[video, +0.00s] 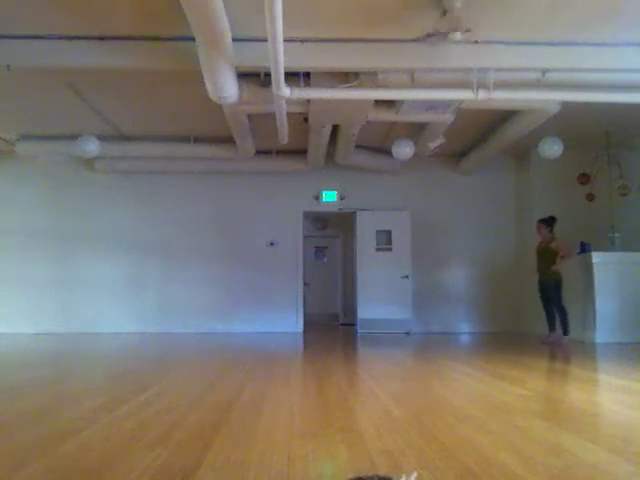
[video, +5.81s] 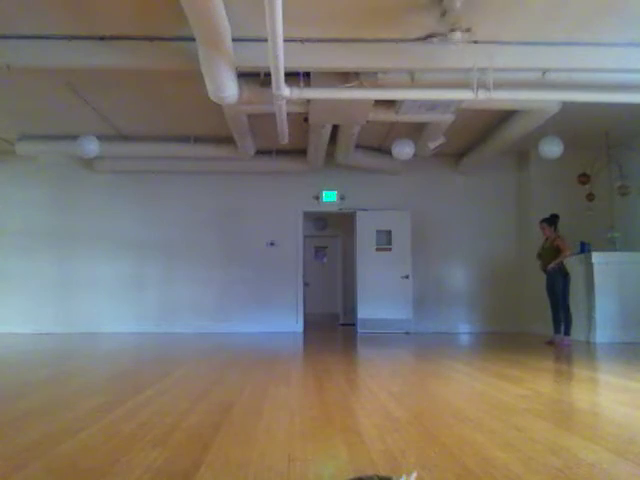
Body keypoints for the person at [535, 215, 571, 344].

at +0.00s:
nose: (538, 231)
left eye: (541, 228)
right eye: (538, 228)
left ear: (548, 229)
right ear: (540, 230)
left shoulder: (554, 243)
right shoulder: (541, 243)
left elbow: (567, 253)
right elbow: (542, 257)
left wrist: (557, 261)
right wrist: (539, 268)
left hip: (553, 276)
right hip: (543, 276)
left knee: (557, 304)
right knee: (547, 305)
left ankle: (565, 333)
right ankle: (551, 332)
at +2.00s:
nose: (543, 240)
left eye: (543, 237)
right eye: (541, 238)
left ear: (548, 233)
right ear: (544, 236)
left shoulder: (561, 239)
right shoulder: (548, 242)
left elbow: (575, 247)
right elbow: (548, 256)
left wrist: (566, 258)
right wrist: (546, 262)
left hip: (562, 271)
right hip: (551, 272)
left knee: (563, 303)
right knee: (552, 304)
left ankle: (567, 336)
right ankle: (555, 334)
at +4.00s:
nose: (540, 233)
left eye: (541, 229)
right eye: (539, 230)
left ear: (548, 228)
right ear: (544, 230)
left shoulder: (559, 241)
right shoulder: (545, 243)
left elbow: (567, 255)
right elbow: (544, 257)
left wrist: (552, 263)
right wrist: (542, 265)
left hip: (558, 274)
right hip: (548, 274)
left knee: (561, 304)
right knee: (553, 305)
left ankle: (566, 335)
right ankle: (556, 334)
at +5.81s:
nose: (542, 232)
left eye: (544, 228)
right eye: (542, 229)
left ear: (552, 228)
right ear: (545, 229)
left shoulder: (558, 240)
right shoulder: (546, 241)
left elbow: (566, 252)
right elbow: (541, 255)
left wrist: (553, 263)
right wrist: (543, 264)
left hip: (560, 273)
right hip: (550, 273)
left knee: (563, 304)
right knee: (554, 305)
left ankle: (566, 336)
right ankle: (556, 335)